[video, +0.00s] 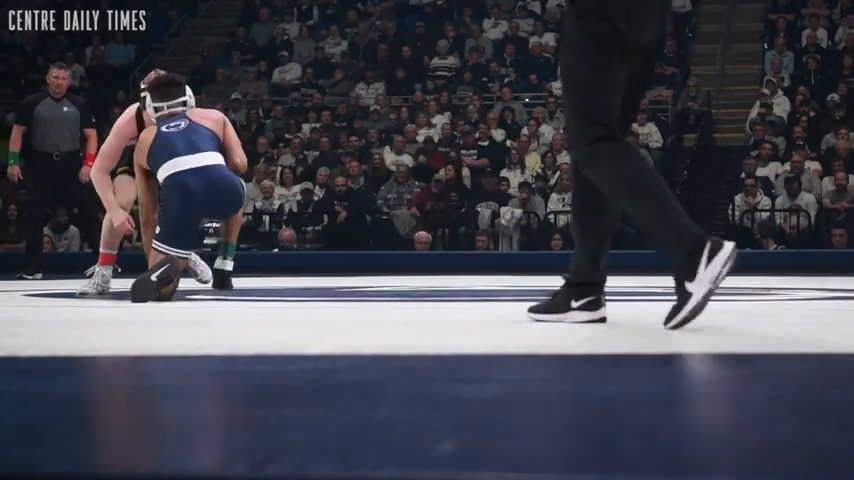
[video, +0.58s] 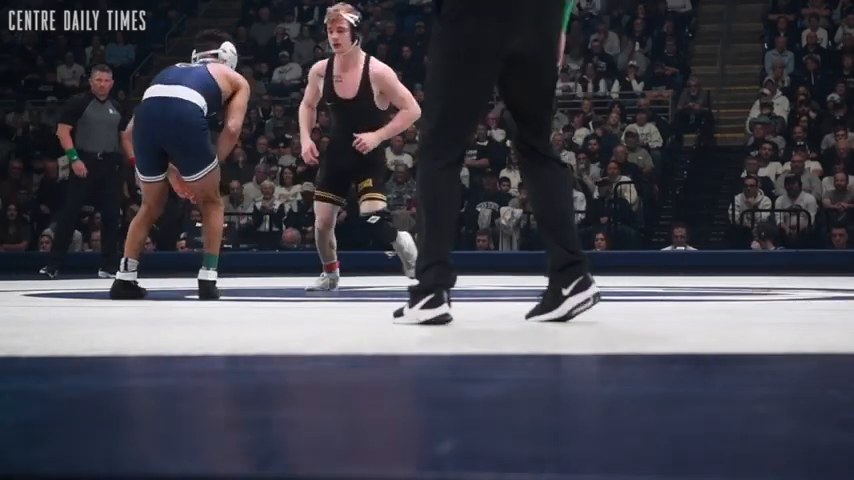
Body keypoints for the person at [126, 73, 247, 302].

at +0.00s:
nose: (143, 112)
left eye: (144, 107)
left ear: (150, 110)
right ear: (188, 101)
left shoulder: (144, 142)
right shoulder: (215, 117)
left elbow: (148, 215)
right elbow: (240, 164)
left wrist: (153, 265)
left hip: (179, 201)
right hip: (223, 192)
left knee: (161, 281)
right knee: (237, 198)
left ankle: (159, 278)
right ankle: (224, 269)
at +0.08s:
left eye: (157, 104)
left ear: (158, 106)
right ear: (195, 99)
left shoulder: (148, 139)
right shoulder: (219, 118)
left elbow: (149, 212)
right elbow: (239, 170)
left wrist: (152, 261)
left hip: (178, 197)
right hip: (221, 191)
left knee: (164, 287)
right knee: (221, 215)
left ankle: (157, 277)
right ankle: (210, 274)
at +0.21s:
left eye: (172, 104)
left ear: (170, 107)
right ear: (203, 100)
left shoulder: (156, 133)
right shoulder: (229, 119)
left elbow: (153, 195)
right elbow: (239, 172)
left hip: (174, 189)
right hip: (217, 186)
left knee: (165, 280)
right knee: (219, 213)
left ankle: (153, 278)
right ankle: (211, 273)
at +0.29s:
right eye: (219, 93)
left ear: (179, 102)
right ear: (214, 95)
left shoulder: (163, 127)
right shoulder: (235, 111)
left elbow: (159, 173)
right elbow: (239, 165)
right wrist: (214, 194)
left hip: (169, 167)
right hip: (214, 165)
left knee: (160, 267)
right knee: (219, 210)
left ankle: (148, 266)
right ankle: (212, 273)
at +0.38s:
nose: (185, 211)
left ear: (186, 92)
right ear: (217, 89)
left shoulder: (172, 106)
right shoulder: (238, 103)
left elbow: (163, 182)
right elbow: (236, 157)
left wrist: (166, 246)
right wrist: (200, 189)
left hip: (165, 148)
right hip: (206, 147)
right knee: (219, 206)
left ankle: (145, 246)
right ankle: (211, 272)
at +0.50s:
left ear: (197, 71)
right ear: (225, 74)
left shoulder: (175, 82)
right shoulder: (238, 91)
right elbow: (231, 142)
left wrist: (175, 194)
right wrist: (199, 187)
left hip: (153, 128)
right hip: (194, 128)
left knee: (157, 200)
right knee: (213, 204)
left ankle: (131, 261)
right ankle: (209, 276)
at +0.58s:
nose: (234, 64)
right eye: (233, 61)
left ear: (199, 58)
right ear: (228, 60)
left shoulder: (174, 72)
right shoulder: (237, 80)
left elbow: (133, 131)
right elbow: (232, 128)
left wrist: (172, 173)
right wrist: (211, 167)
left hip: (144, 126)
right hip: (186, 125)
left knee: (150, 206)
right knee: (210, 202)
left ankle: (125, 276)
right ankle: (208, 278)